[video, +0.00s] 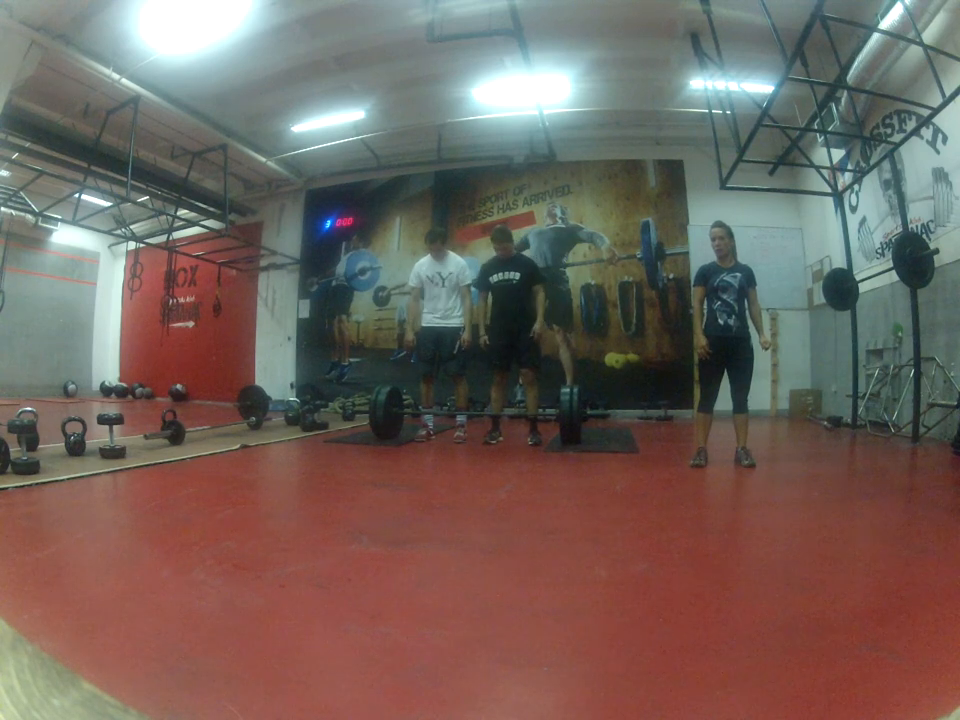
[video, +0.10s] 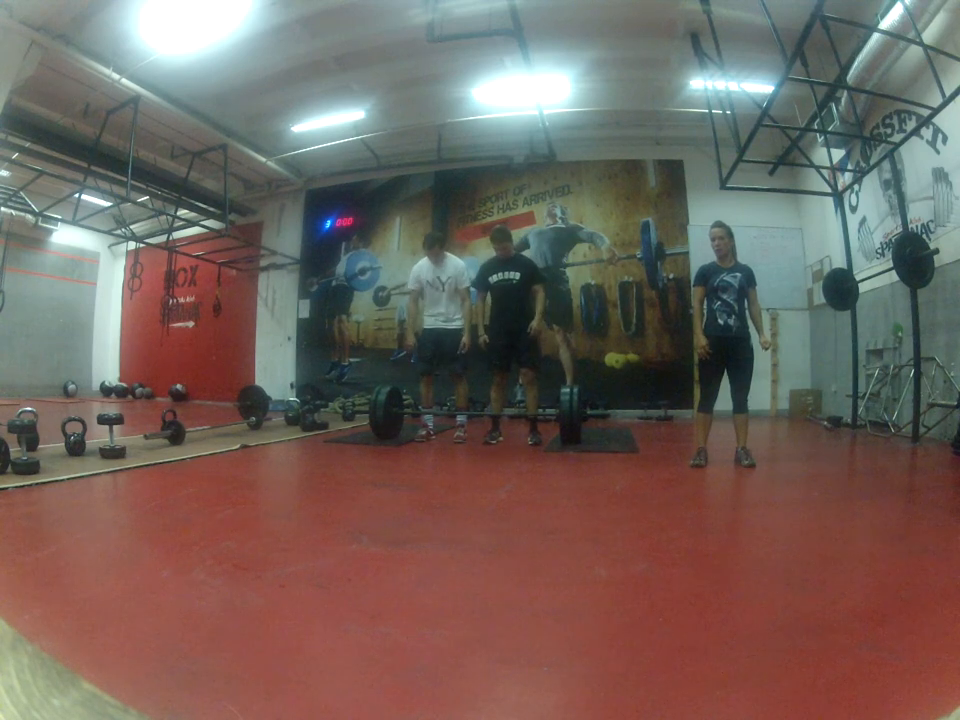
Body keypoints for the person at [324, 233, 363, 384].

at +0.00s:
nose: (352, 243)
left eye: (355, 241)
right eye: (353, 240)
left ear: (361, 243)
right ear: (353, 242)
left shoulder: (359, 257)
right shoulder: (347, 256)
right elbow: (337, 273)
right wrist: (319, 279)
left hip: (345, 288)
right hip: (335, 288)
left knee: (342, 323)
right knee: (334, 325)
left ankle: (345, 362)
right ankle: (335, 360)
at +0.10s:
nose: (352, 243)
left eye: (355, 241)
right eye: (353, 240)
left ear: (361, 243)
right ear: (353, 242)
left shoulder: (360, 257)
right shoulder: (348, 256)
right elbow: (337, 273)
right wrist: (319, 279)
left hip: (345, 288)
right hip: (335, 288)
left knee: (342, 324)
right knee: (334, 325)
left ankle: (345, 362)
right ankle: (335, 361)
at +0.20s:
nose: (352, 243)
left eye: (355, 240)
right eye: (353, 240)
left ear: (360, 242)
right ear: (354, 242)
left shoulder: (359, 256)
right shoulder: (348, 256)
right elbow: (337, 273)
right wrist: (320, 279)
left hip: (345, 287)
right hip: (336, 287)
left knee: (342, 324)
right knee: (334, 325)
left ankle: (345, 362)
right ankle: (335, 361)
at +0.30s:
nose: (353, 243)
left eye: (355, 241)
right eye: (353, 240)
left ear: (360, 242)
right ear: (354, 242)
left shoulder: (360, 256)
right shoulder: (348, 256)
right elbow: (337, 273)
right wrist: (319, 279)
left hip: (345, 288)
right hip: (335, 288)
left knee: (342, 324)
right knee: (334, 325)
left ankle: (345, 362)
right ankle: (335, 361)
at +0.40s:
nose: (353, 243)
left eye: (355, 241)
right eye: (353, 240)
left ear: (360, 242)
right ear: (354, 242)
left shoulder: (360, 256)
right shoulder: (348, 256)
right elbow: (336, 272)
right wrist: (319, 279)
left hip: (345, 287)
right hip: (335, 287)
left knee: (342, 323)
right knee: (334, 324)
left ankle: (345, 362)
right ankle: (335, 361)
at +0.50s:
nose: (353, 243)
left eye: (355, 241)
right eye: (353, 241)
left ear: (361, 243)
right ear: (354, 242)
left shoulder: (360, 256)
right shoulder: (348, 256)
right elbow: (336, 271)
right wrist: (319, 278)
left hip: (346, 288)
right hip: (336, 288)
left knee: (342, 324)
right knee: (334, 325)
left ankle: (345, 362)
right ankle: (335, 361)